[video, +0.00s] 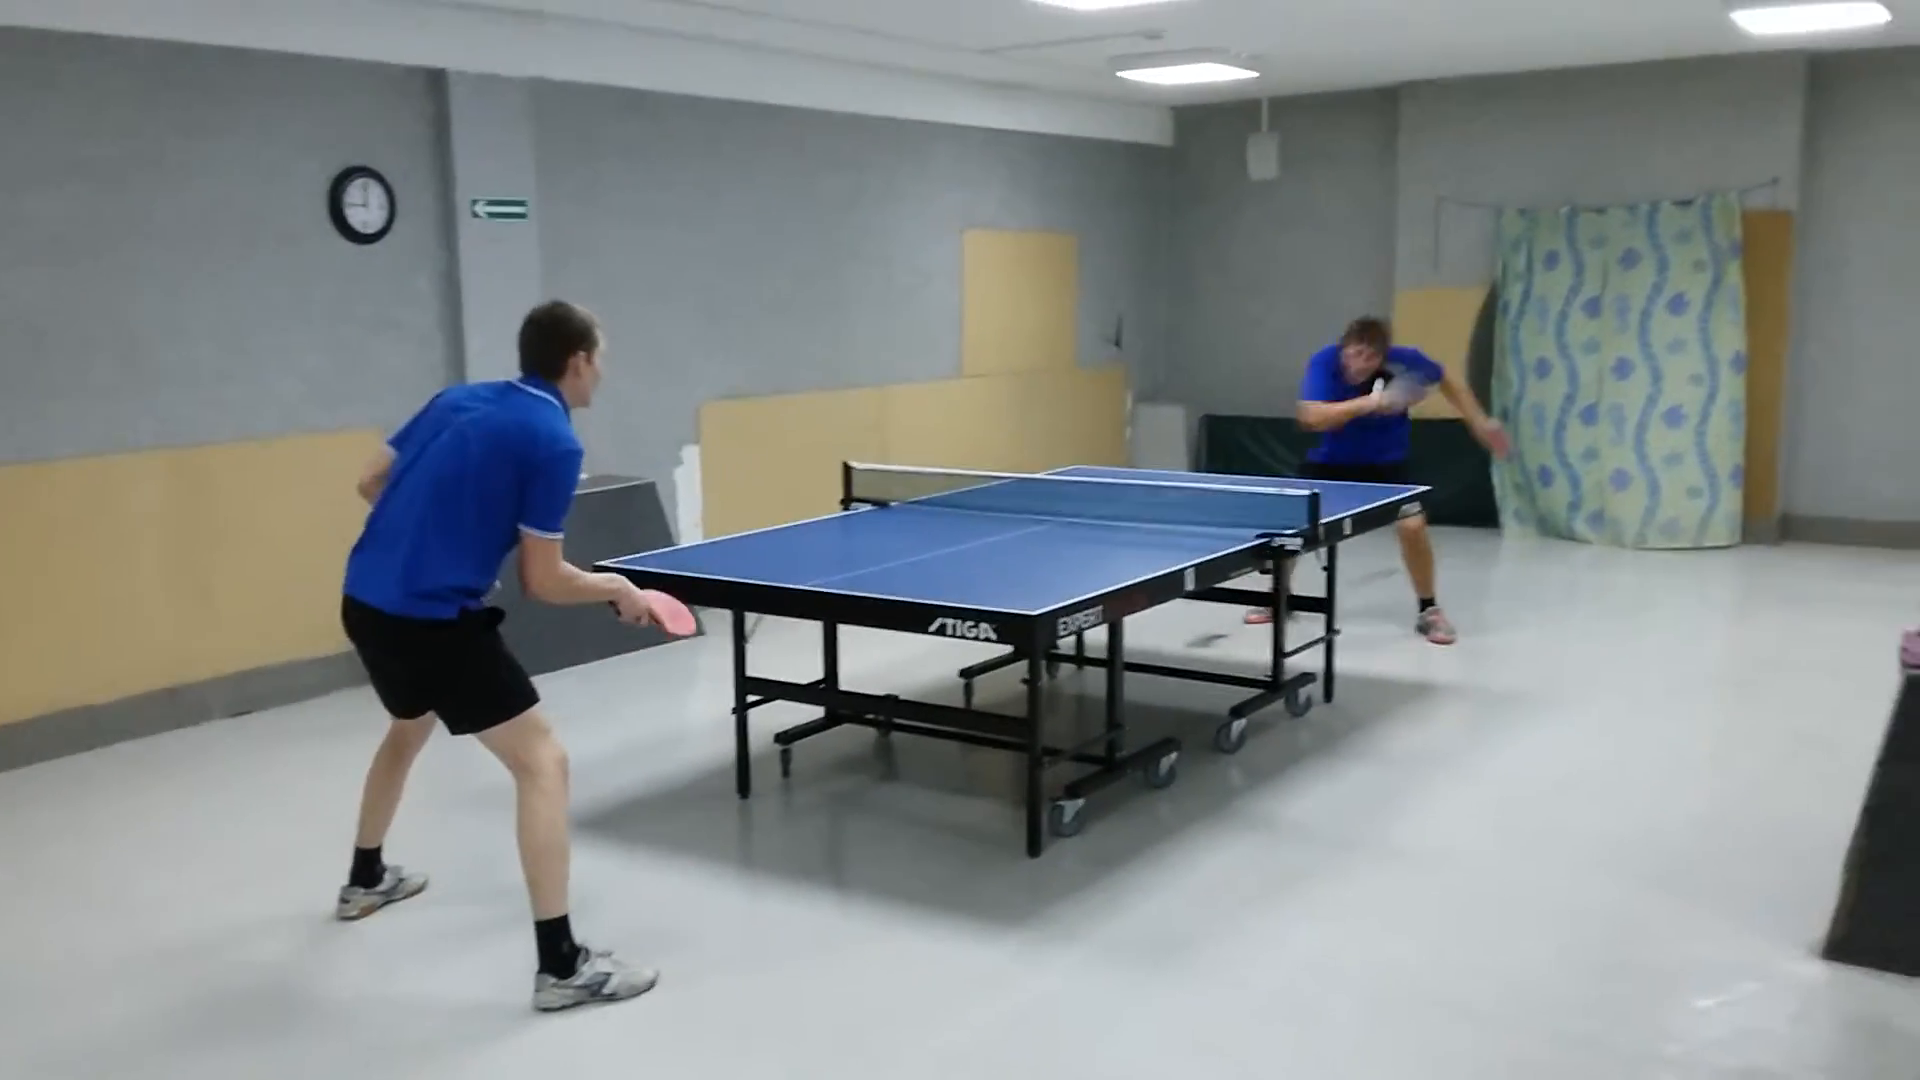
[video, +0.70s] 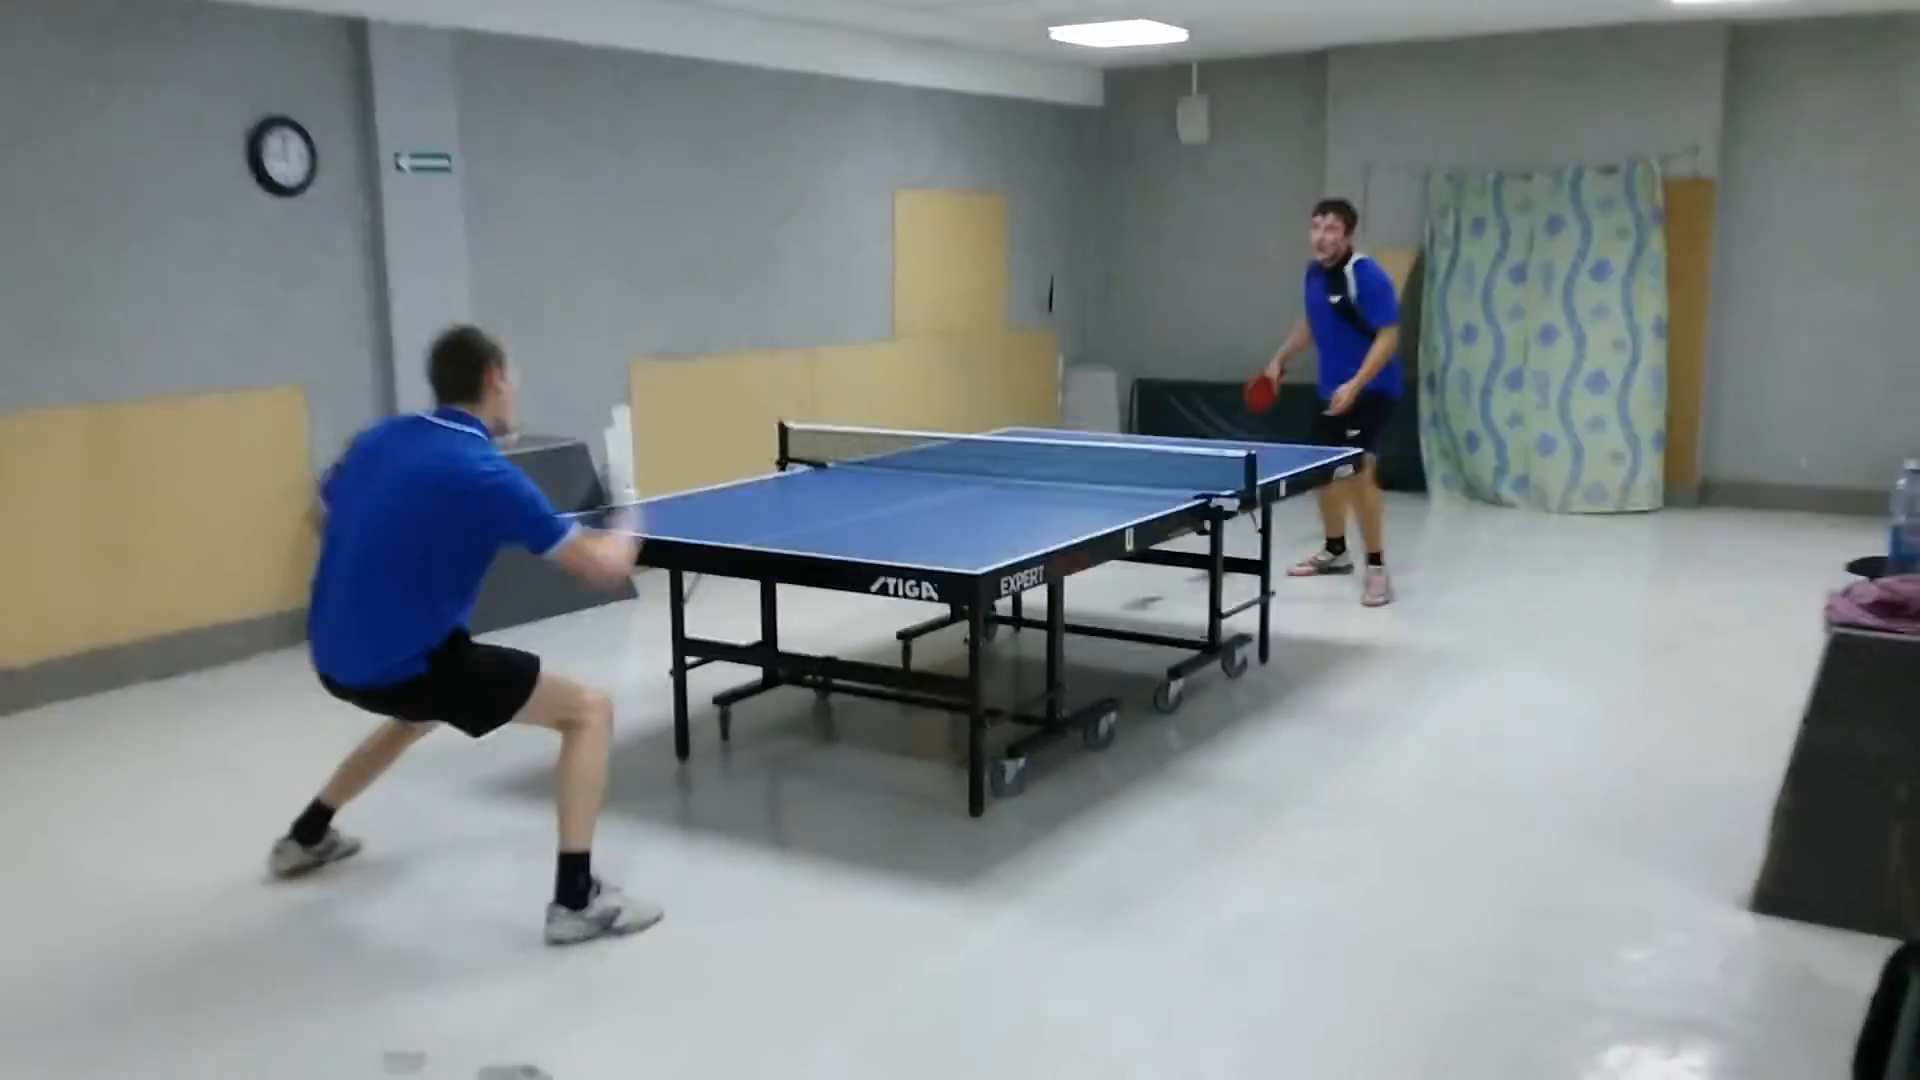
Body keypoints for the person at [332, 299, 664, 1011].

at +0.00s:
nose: (599, 373)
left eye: (597, 360)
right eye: (597, 361)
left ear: (528, 359)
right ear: (576, 364)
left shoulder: (458, 399)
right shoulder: (553, 440)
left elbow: (372, 481)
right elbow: (543, 578)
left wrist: (442, 529)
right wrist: (616, 589)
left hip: (367, 603)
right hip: (437, 616)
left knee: (410, 726)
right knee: (542, 764)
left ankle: (363, 880)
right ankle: (560, 965)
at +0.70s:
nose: (511, 393)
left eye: (510, 381)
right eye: (509, 381)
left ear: (438, 386)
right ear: (493, 382)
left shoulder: (381, 437)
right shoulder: (485, 473)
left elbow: (326, 509)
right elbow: (600, 566)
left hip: (338, 658)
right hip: (409, 666)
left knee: (425, 706)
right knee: (588, 709)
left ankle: (306, 836)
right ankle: (576, 899)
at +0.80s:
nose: (472, 338)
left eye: (467, 324)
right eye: (467, 325)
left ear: (398, 334)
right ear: (450, 331)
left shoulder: (340, 385)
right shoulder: (464, 419)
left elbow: (252, 408)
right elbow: (581, 429)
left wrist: (313, 444)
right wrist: (694, 383)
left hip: (326, 615)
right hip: (406, 624)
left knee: (401, 681)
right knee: (567, 702)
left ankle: (311, 823)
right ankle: (582, 884)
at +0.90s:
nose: (410, 268)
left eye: (402, 254)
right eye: (403, 256)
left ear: (332, 267)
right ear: (388, 263)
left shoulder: (269, 327)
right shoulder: (416, 339)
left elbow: (140, 359)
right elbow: (568, 338)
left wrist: (179, 402)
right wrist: (700, 320)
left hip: (275, 582)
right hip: (367, 584)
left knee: (301, 679)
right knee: (474, 715)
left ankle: (291, 825)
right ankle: (547, 891)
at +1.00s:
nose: (360, 220)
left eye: (354, 206)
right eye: (353, 207)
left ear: (275, 218)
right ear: (330, 216)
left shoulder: (212, 291)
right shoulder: (363, 292)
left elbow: (91, 359)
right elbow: (510, 319)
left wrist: (73, 408)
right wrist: (647, 308)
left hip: (237, 555)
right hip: (338, 551)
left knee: (266, 683)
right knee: (430, 721)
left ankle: (212, 856)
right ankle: (447, 920)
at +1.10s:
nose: (307, 230)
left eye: (301, 214)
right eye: (300, 217)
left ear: (221, 230)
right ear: (277, 227)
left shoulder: (161, 315)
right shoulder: (309, 302)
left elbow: (65, 418)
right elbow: (411, 357)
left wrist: (46, 477)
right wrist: (558, 361)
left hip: (215, 587)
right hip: (318, 578)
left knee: (218, 725)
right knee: (396, 744)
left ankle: (109, 889)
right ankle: (421, 937)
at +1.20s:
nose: (278, 280)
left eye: (275, 264)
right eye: (272, 265)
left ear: (194, 280)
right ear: (242, 274)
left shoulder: (132, 367)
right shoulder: (267, 355)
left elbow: (68, 492)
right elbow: (334, 455)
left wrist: (101, 572)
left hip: (171, 634)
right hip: (273, 621)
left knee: (142, 792)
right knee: (391, 748)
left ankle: (29, 979)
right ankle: (427, 932)